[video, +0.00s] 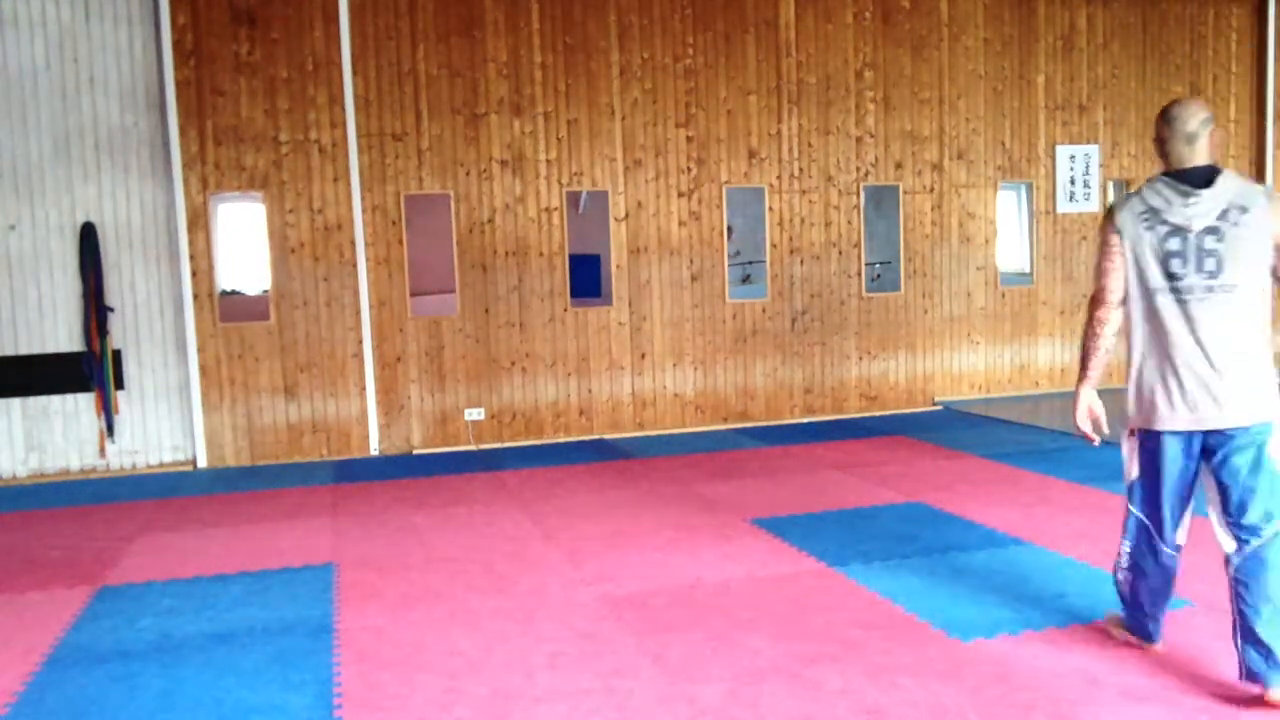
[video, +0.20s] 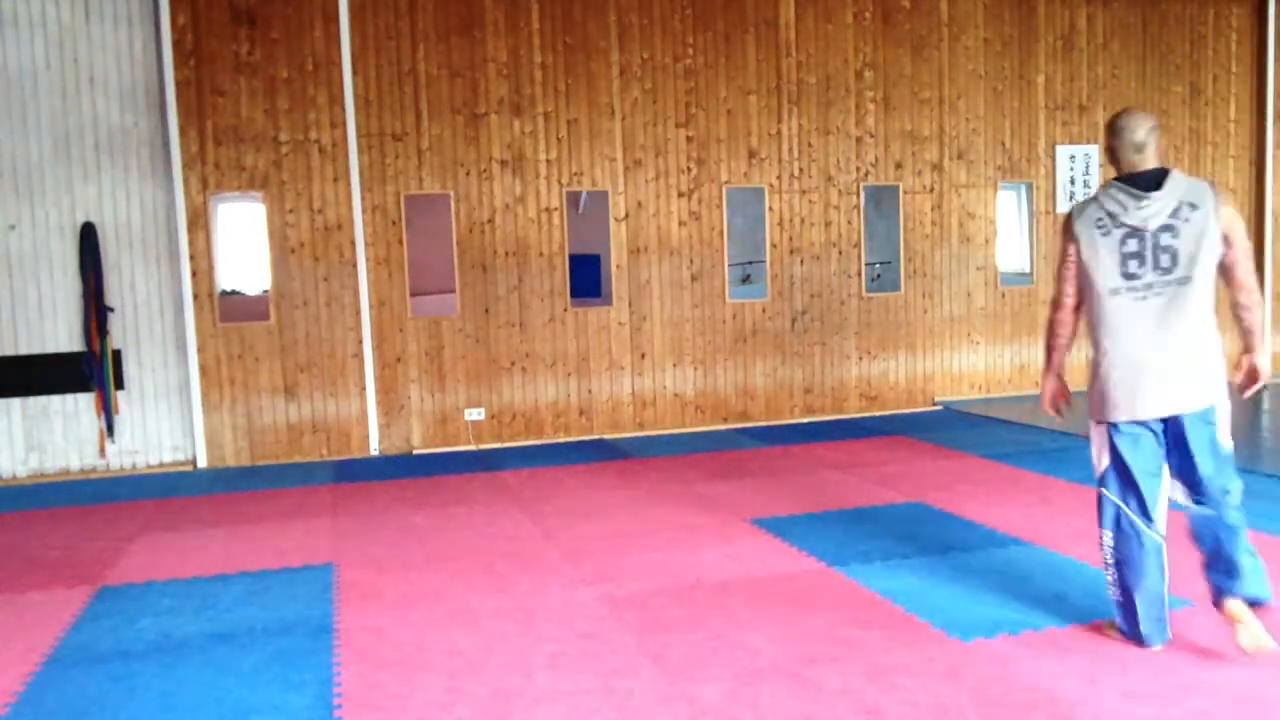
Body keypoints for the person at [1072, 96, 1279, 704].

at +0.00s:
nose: (1182, 145)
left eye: (1163, 138)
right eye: (1202, 132)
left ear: (1156, 145)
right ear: (1213, 142)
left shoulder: (1128, 215)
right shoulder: (1261, 205)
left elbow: (1106, 307)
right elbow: (1273, 288)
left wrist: (1086, 385)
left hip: (1166, 403)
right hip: (1247, 399)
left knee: (1155, 521)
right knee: (1257, 534)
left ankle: (1142, 621)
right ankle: (1266, 669)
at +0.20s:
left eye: (1110, 152)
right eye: (1152, 142)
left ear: (1108, 156)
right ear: (1160, 148)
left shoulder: (1083, 220)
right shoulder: (1213, 205)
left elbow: (1066, 306)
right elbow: (1245, 288)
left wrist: (1053, 373)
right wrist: (1257, 349)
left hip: (1125, 389)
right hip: (1196, 383)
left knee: (1132, 510)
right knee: (1218, 493)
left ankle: (1142, 622)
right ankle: (1234, 590)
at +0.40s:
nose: (1078, 166)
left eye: (1076, 158)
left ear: (1079, 162)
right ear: (1124, 157)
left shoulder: (1057, 222)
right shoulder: (1173, 211)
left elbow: (1029, 304)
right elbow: (1208, 288)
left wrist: (1018, 335)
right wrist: (1209, 352)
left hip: (1102, 385)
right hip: (1165, 376)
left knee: (1117, 502)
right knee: (1160, 489)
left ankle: (1141, 620)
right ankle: (1170, 587)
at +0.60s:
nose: (1051, 178)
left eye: (1051, 171)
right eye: (1054, 170)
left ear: (1058, 172)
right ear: (1100, 168)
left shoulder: (1044, 227)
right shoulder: (1147, 224)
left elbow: (1013, 303)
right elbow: (1170, 298)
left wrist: (990, 333)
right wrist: (1147, 332)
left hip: (1067, 381)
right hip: (1127, 378)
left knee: (1060, 480)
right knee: (1122, 481)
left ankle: (1116, 581)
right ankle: (1107, 570)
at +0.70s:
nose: (1036, 178)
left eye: (1037, 171)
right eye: (1037, 170)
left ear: (1046, 172)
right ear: (1082, 170)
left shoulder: (1036, 221)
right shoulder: (1125, 221)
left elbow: (1008, 298)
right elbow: (1141, 291)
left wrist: (977, 324)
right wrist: (1097, 298)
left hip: (1056, 373)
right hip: (1114, 371)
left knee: (1015, 456)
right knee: (1113, 479)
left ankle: (1070, 550)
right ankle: (1111, 575)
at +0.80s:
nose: (1015, 183)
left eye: (1015, 175)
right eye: (1014, 175)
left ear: (1027, 175)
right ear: (1058, 171)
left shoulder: (1027, 223)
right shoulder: (1101, 219)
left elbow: (992, 296)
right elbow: (1104, 284)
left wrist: (958, 305)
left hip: (1039, 370)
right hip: (1096, 368)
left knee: (993, 450)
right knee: (1102, 472)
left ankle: (1018, 550)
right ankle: (1109, 573)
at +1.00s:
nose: (962, 201)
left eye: (962, 192)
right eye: (961, 192)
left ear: (974, 189)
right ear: (1000, 184)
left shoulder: (985, 233)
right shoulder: (1045, 228)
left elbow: (957, 302)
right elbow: (1021, 283)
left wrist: (913, 284)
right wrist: (969, 258)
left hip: (1000, 376)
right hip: (1051, 372)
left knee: (974, 470)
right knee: (1069, 470)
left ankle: (947, 554)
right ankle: (1099, 562)